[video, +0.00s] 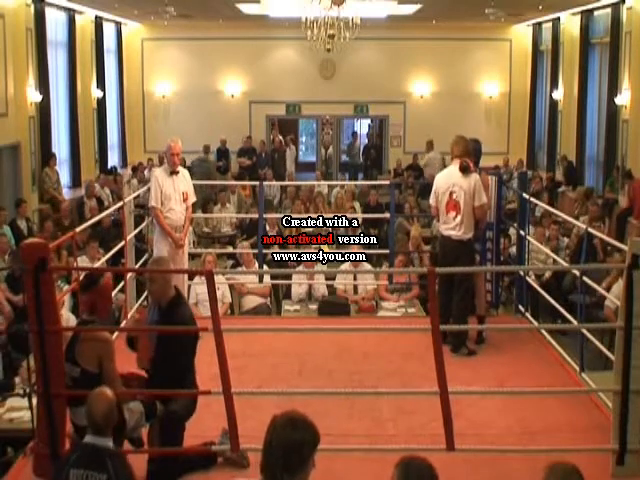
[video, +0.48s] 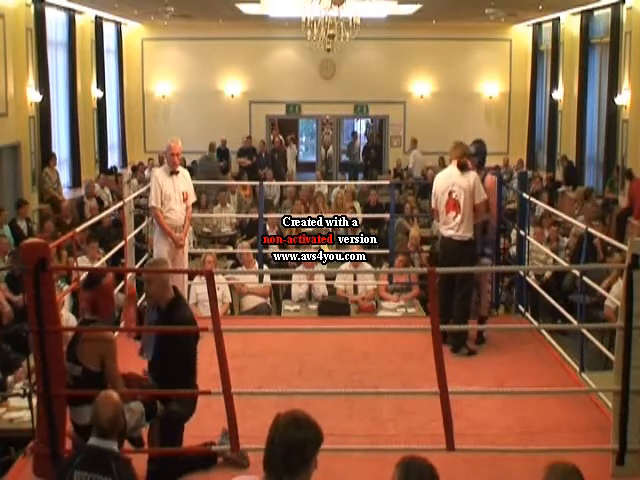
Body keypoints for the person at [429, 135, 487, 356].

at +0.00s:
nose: (463, 157)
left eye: (455, 152)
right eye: (467, 153)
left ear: (451, 154)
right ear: (470, 154)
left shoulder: (440, 176)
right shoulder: (474, 178)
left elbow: (434, 208)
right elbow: (480, 210)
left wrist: (446, 220)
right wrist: (477, 228)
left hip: (444, 238)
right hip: (464, 240)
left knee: (445, 286)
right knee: (462, 289)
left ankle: (443, 328)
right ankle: (459, 339)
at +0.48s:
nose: (468, 161)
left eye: (463, 156)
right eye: (468, 157)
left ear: (450, 157)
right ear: (466, 157)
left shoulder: (439, 177)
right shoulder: (472, 176)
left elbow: (434, 210)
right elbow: (481, 209)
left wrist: (448, 220)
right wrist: (468, 220)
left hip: (444, 240)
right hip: (464, 241)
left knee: (445, 287)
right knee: (463, 290)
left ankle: (444, 329)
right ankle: (459, 340)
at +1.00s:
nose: (472, 158)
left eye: (467, 153)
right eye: (472, 154)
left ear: (453, 154)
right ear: (470, 155)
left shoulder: (443, 176)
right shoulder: (471, 178)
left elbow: (438, 208)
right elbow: (479, 210)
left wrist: (446, 221)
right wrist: (476, 180)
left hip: (446, 236)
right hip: (464, 238)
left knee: (446, 285)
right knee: (463, 288)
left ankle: (444, 328)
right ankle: (459, 338)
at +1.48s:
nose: (469, 156)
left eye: (464, 152)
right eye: (469, 153)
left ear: (450, 154)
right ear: (468, 154)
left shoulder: (441, 178)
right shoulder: (471, 178)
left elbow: (437, 211)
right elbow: (478, 210)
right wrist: (474, 176)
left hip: (446, 237)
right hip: (464, 238)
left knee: (446, 286)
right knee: (463, 288)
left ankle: (444, 330)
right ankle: (459, 339)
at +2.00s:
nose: (465, 155)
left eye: (456, 151)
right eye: (465, 152)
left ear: (447, 153)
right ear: (465, 153)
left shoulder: (437, 178)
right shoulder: (470, 176)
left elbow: (433, 210)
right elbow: (478, 207)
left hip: (444, 237)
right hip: (464, 237)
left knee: (445, 284)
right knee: (466, 286)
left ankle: (443, 329)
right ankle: (464, 336)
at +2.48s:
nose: (475, 157)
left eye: (471, 153)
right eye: (475, 154)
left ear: (455, 154)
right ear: (473, 155)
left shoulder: (446, 179)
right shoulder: (477, 179)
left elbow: (440, 213)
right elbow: (484, 209)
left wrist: (453, 220)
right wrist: (487, 222)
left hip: (452, 237)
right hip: (470, 238)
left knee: (450, 284)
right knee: (469, 287)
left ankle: (444, 326)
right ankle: (465, 337)